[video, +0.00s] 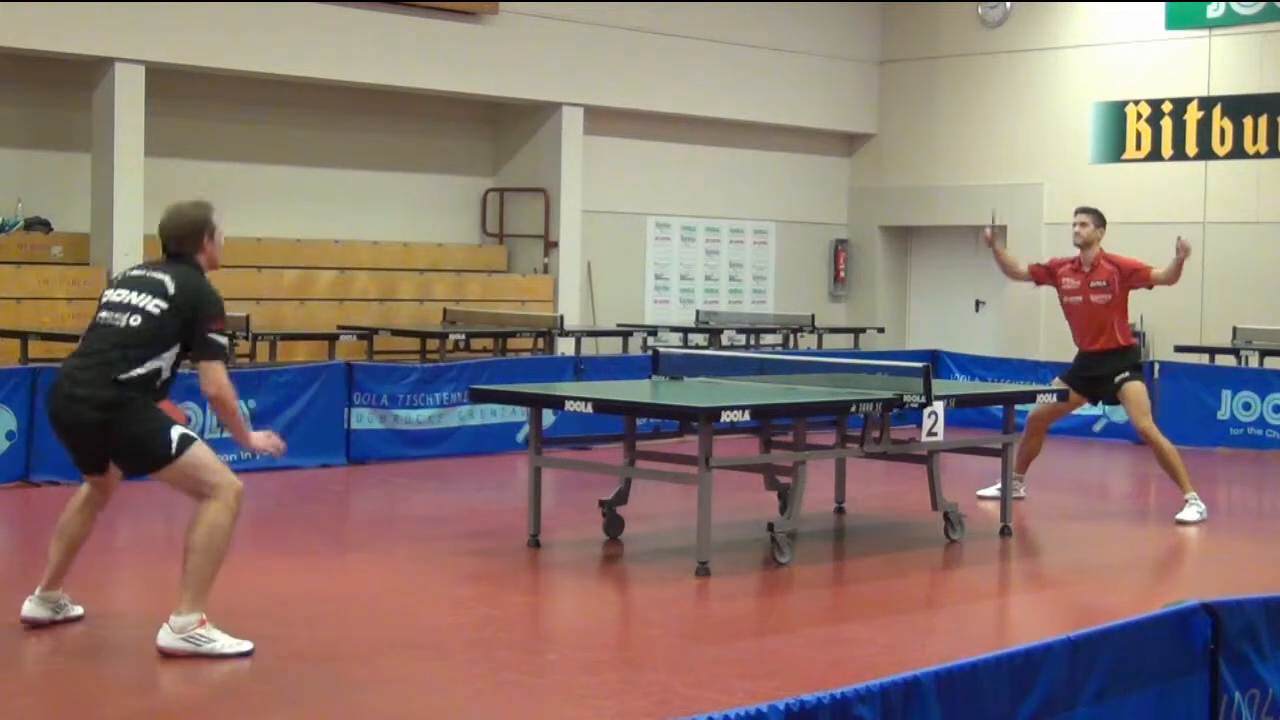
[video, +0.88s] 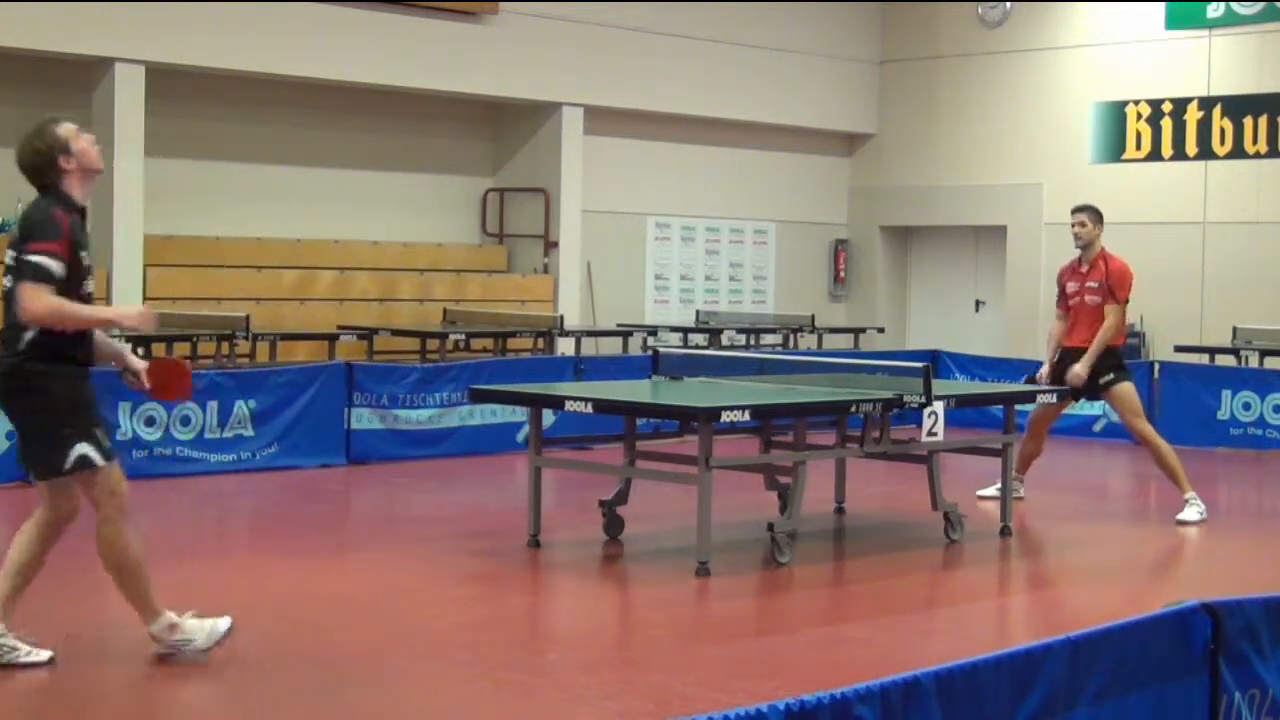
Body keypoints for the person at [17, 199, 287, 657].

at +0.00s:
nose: (221, 241)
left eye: (218, 234)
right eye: (217, 235)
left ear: (168, 243)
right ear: (204, 243)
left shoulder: (130, 275)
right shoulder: (200, 293)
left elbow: (106, 349)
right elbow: (216, 387)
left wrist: (158, 405)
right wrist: (247, 437)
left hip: (65, 399)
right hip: (119, 406)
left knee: (101, 481)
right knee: (224, 491)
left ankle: (46, 595)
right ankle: (187, 622)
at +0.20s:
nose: (199, 219)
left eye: (195, 210)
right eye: (194, 211)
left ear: (146, 221)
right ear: (180, 219)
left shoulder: (110, 261)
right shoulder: (184, 268)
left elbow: (78, 334)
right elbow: (227, 353)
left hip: (68, 395)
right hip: (122, 400)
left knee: (96, 477)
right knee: (222, 486)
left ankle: (47, 592)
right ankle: (187, 617)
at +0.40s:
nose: (186, 184)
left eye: (182, 176)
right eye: (180, 179)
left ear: (133, 195)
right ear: (165, 192)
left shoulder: (97, 244)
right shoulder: (182, 244)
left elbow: (65, 332)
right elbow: (243, 302)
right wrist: (263, 274)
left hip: (74, 383)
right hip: (130, 387)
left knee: (84, 484)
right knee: (220, 489)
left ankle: (51, 592)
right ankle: (186, 622)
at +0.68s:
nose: (143, 146)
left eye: (136, 140)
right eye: (134, 143)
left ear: (104, 168)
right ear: (119, 163)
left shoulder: (74, 218)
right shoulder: (130, 223)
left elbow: (87, 304)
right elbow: (188, 303)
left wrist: (131, 362)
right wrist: (219, 282)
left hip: (61, 372)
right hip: (99, 376)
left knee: (109, 486)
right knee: (174, 484)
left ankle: (24, 581)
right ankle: (182, 624)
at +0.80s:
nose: (113, 143)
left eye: (105, 135)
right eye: (103, 138)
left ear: (76, 167)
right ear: (87, 160)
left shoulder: (59, 217)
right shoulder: (82, 216)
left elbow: (67, 312)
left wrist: (123, 353)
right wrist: (168, 309)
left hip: (50, 378)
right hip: (71, 380)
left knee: (80, 501)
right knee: (137, 489)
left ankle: (1, 609)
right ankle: (175, 625)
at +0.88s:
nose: (95, 142)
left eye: (88, 135)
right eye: (84, 138)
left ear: (67, 163)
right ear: (66, 160)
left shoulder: (69, 219)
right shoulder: (49, 216)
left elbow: (69, 319)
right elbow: (31, 304)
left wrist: (120, 355)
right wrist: (115, 314)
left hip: (47, 378)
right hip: (45, 380)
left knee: (59, 504)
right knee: (110, 492)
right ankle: (161, 627)